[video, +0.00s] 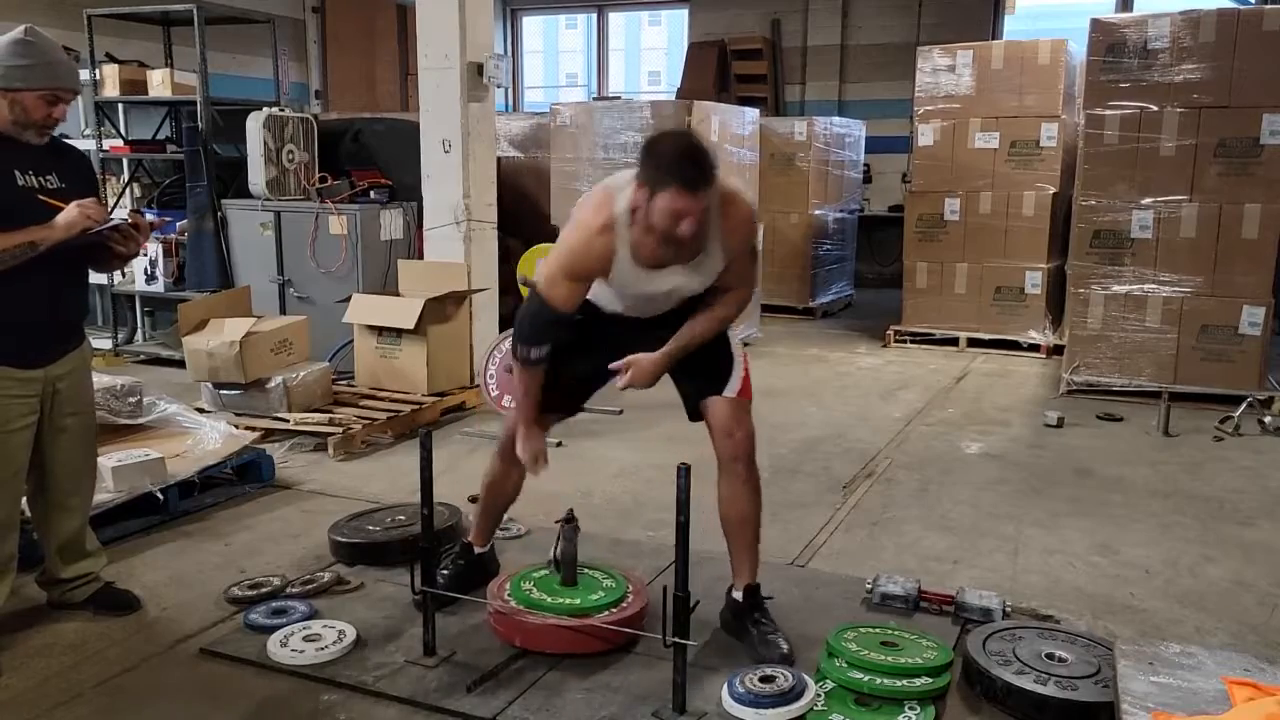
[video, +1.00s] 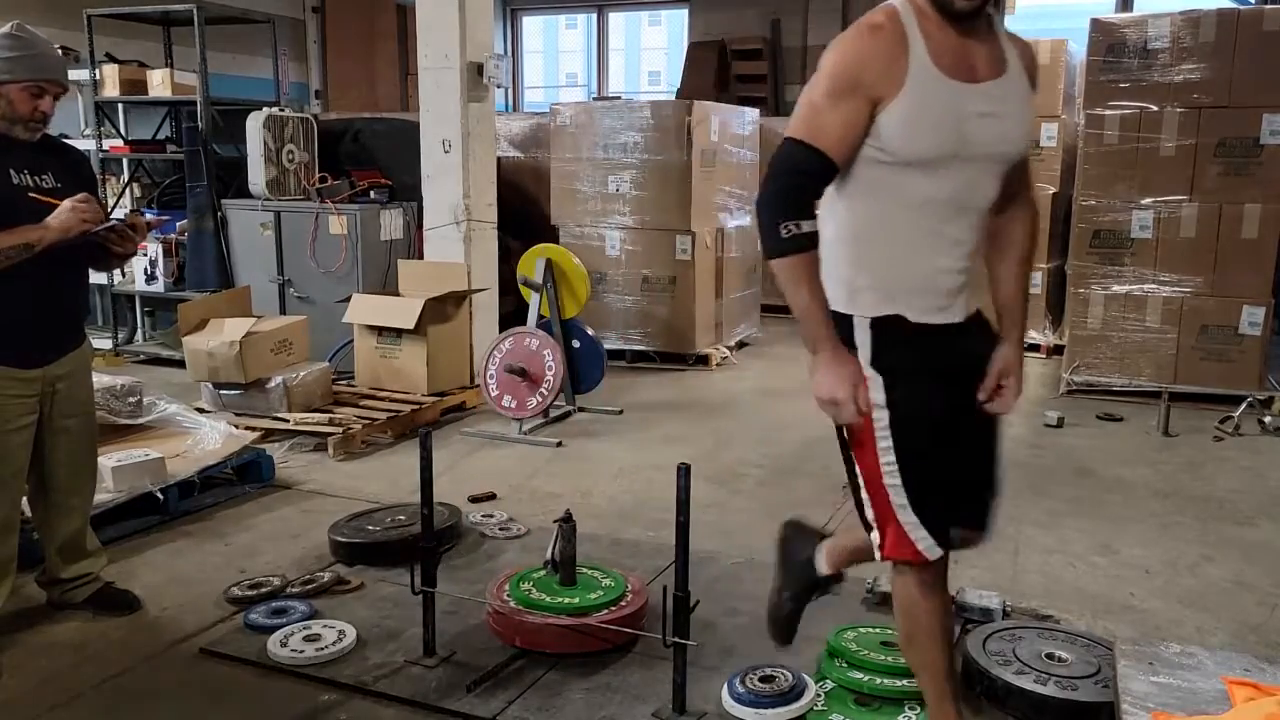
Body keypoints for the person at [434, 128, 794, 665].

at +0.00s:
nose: (688, 229)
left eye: (696, 216)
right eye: (675, 218)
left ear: (710, 196)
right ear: (640, 198)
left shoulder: (733, 215)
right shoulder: (595, 226)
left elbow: (735, 293)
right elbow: (533, 330)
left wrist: (666, 354)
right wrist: (528, 421)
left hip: (691, 310)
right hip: (599, 313)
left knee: (737, 439)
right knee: (520, 436)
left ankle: (746, 599)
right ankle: (476, 551)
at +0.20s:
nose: (785, 83)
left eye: (797, 68)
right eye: (771, 67)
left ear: (808, 58)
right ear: (733, 52)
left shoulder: (815, 115)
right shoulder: (684, 111)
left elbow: (814, 215)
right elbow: (577, 198)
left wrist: (757, 302)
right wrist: (547, 320)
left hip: (737, 273)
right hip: (652, 270)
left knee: (751, 432)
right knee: (613, 424)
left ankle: (748, 594)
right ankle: (545, 485)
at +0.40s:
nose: (820, 10)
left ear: (841, 4)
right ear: (770, 2)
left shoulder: (845, 73)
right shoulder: (716, 59)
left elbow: (862, 169)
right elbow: (616, 159)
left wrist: (874, 281)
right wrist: (616, 281)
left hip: (782, 263)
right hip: (706, 261)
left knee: (764, 440)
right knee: (753, 431)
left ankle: (749, 596)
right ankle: (663, 449)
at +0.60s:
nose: (844, 2)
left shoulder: (880, 60)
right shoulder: (750, 49)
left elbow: (897, 174)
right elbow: (666, 169)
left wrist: (951, 286)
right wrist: (694, 295)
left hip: (822, 267)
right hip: (749, 261)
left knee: (769, 439)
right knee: (860, 412)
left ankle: (746, 600)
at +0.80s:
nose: (897, 1)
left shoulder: (930, 67)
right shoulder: (808, 61)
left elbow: (938, 196)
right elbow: (721, 198)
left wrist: (980, 305)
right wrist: (765, 331)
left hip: (882, 308)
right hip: (811, 312)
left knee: (805, 466)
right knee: (884, 515)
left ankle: (747, 598)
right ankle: (928, 709)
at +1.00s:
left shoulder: (1015, 59)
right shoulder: (873, 47)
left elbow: (1011, 202)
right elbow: (781, 202)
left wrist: (1011, 333)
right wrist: (823, 348)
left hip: (962, 324)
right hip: (875, 325)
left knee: (961, 522)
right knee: (918, 548)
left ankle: (818, 558)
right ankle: (944, 713)